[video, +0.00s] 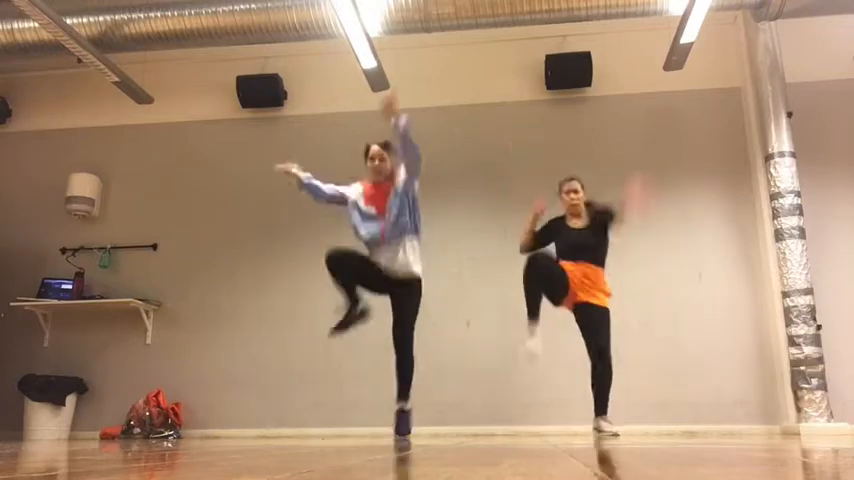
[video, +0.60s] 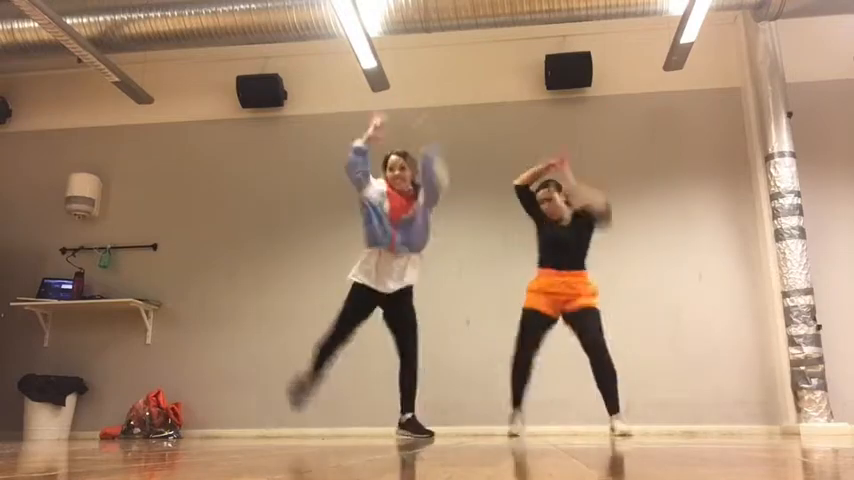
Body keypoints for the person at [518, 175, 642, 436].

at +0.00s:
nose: (573, 196)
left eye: (576, 191)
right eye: (568, 192)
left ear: (584, 195)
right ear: (561, 198)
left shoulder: (599, 216)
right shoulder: (557, 225)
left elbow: (620, 216)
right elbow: (526, 247)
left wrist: (631, 200)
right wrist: (534, 219)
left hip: (592, 292)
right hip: (563, 285)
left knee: (601, 355)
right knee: (536, 261)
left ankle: (601, 418)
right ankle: (533, 329)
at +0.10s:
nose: (563, 179)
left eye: (567, 175)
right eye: (559, 176)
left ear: (575, 177)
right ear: (552, 181)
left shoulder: (587, 188)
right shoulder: (547, 211)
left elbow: (611, 160)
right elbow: (541, 246)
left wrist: (618, 123)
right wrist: (534, 250)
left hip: (586, 269)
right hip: (557, 265)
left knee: (597, 336)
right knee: (524, 247)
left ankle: (606, 406)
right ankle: (531, 307)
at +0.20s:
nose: (562, 174)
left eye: (567, 170)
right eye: (557, 170)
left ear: (575, 173)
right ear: (550, 174)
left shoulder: (586, 186)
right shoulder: (541, 197)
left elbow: (618, 166)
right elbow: (525, 229)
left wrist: (612, 132)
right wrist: (530, 214)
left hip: (582, 258)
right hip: (550, 258)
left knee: (608, 297)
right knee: (510, 276)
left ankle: (603, 354)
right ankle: (524, 335)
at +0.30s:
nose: (563, 181)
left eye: (567, 176)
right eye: (559, 177)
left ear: (576, 179)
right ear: (551, 180)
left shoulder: (585, 204)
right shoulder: (543, 197)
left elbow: (615, 213)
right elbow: (518, 189)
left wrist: (610, 186)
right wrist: (498, 175)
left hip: (573, 269)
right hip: (543, 271)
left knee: (605, 254)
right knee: (519, 315)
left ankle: (604, 314)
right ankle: (517, 389)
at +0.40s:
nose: (561, 197)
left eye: (565, 193)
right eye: (556, 193)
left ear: (573, 199)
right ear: (548, 198)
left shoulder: (579, 232)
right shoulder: (538, 214)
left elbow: (595, 266)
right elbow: (515, 189)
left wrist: (611, 247)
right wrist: (518, 159)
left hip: (568, 289)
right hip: (540, 294)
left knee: (598, 265)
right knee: (535, 357)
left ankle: (606, 321)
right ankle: (525, 418)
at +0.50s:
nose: (555, 201)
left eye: (559, 197)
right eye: (550, 197)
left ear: (566, 200)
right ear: (543, 202)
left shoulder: (575, 231)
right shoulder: (533, 220)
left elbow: (598, 264)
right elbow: (514, 186)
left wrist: (606, 255)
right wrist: (550, 168)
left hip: (570, 292)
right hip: (539, 296)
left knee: (607, 318)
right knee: (535, 358)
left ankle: (618, 387)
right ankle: (524, 419)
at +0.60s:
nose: (546, 206)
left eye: (549, 200)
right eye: (542, 203)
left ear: (562, 196)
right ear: (539, 206)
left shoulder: (584, 219)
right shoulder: (542, 221)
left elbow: (603, 207)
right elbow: (519, 188)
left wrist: (573, 186)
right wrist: (544, 167)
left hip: (578, 291)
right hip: (544, 290)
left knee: (597, 350)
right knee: (524, 349)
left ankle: (615, 417)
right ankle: (516, 411)